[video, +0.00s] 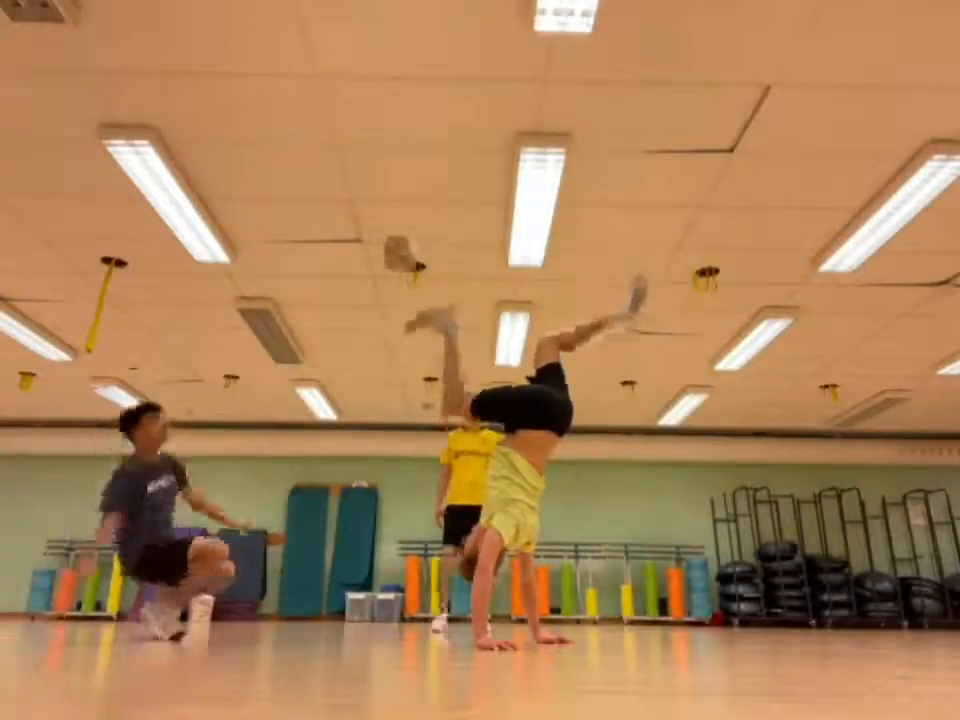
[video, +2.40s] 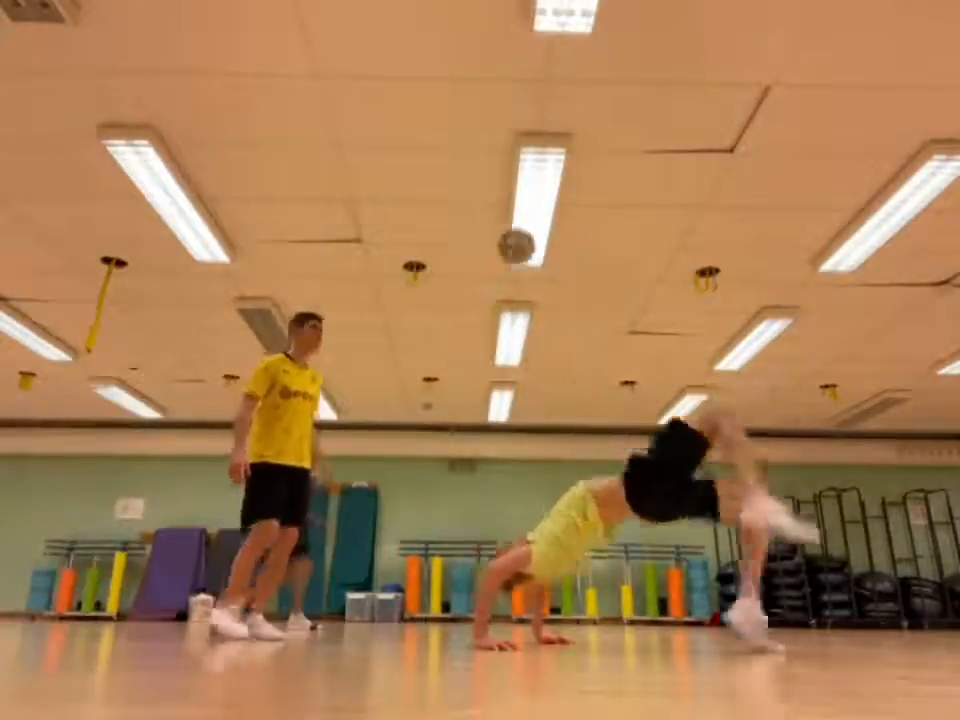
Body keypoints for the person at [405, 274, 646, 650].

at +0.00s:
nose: (481, 557)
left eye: (473, 556)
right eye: (477, 556)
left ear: (472, 549)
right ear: (473, 543)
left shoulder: (526, 538)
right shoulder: (497, 528)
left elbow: (528, 585)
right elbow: (483, 577)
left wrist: (537, 632)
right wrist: (482, 636)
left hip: (557, 412)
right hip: (536, 412)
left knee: (549, 345)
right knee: (457, 407)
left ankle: (620, 317)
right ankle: (450, 334)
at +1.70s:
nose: (476, 543)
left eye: (473, 548)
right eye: (476, 546)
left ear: (475, 547)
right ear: (481, 544)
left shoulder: (528, 540)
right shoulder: (504, 531)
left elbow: (529, 586)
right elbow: (484, 575)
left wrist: (538, 632)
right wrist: (481, 635)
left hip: (572, 416)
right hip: (554, 416)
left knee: (580, 347)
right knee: (471, 409)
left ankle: (658, 323)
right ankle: (472, 331)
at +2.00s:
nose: (482, 542)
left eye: (480, 545)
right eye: (481, 543)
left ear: (482, 550)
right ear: (484, 544)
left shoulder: (530, 541)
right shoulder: (509, 534)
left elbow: (530, 588)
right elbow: (482, 576)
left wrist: (536, 632)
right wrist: (480, 635)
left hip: (598, 436)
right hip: (582, 432)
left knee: (634, 367)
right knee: (515, 382)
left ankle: (714, 359)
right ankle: (527, 301)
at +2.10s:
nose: (488, 525)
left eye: (486, 534)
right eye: (487, 533)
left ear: (490, 546)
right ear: (490, 540)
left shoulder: (530, 538)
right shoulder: (514, 532)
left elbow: (535, 586)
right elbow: (486, 574)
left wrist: (537, 632)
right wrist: (480, 637)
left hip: (604, 438)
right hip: (596, 436)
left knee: (655, 374)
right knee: (538, 362)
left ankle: (736, 390)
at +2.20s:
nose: (495, 524)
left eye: (494, 536)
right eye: (494, 531)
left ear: (495, 550)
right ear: (497, 537)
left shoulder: (535, 539)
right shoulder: (519, 534)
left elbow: (535, 586)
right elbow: (485, 579)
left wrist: (537, 630)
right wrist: (479, 637)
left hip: (618, 452)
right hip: (609, 441)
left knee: (683, 394)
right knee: (576, 353)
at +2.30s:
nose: (501, 528)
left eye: (497, 532)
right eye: (498, 533)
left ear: (501, 550)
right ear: (501, 546)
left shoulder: (539, 544)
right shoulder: (523, 541)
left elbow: (537, 582)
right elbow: (487, 573)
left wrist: (538, 632)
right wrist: (480, 636)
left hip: (633, 472)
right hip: (624, 461)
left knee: (702, 442)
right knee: (638, 365)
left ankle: (760, 524)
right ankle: (712, 392)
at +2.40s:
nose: (510, 563)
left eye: (508, 563)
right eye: (508, 560)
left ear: (515, 567)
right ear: (516, 557)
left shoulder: (549, 561)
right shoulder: (540, 548)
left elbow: (537, 588)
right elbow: (491, 576)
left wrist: (539, 629)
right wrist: (480, 637)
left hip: (651, 504)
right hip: (648, 479)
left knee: (751, 507)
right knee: (719, 414)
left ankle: (748, 606)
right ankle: (755, 494)